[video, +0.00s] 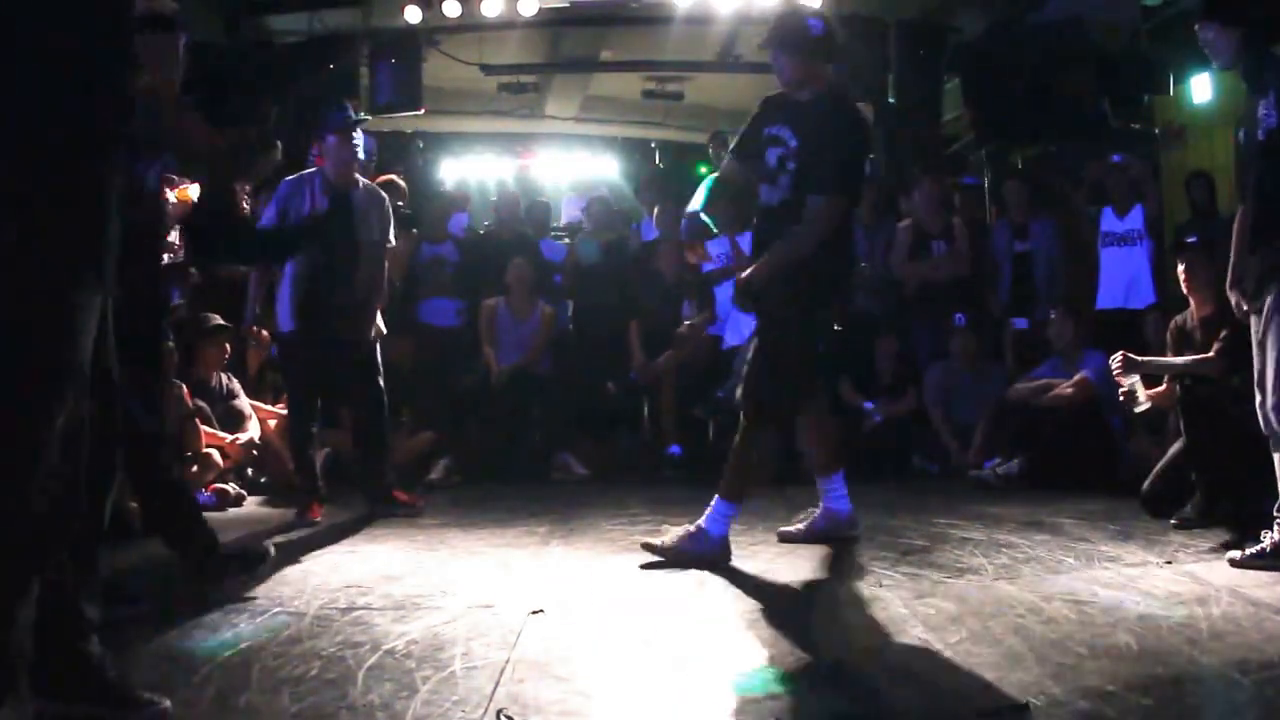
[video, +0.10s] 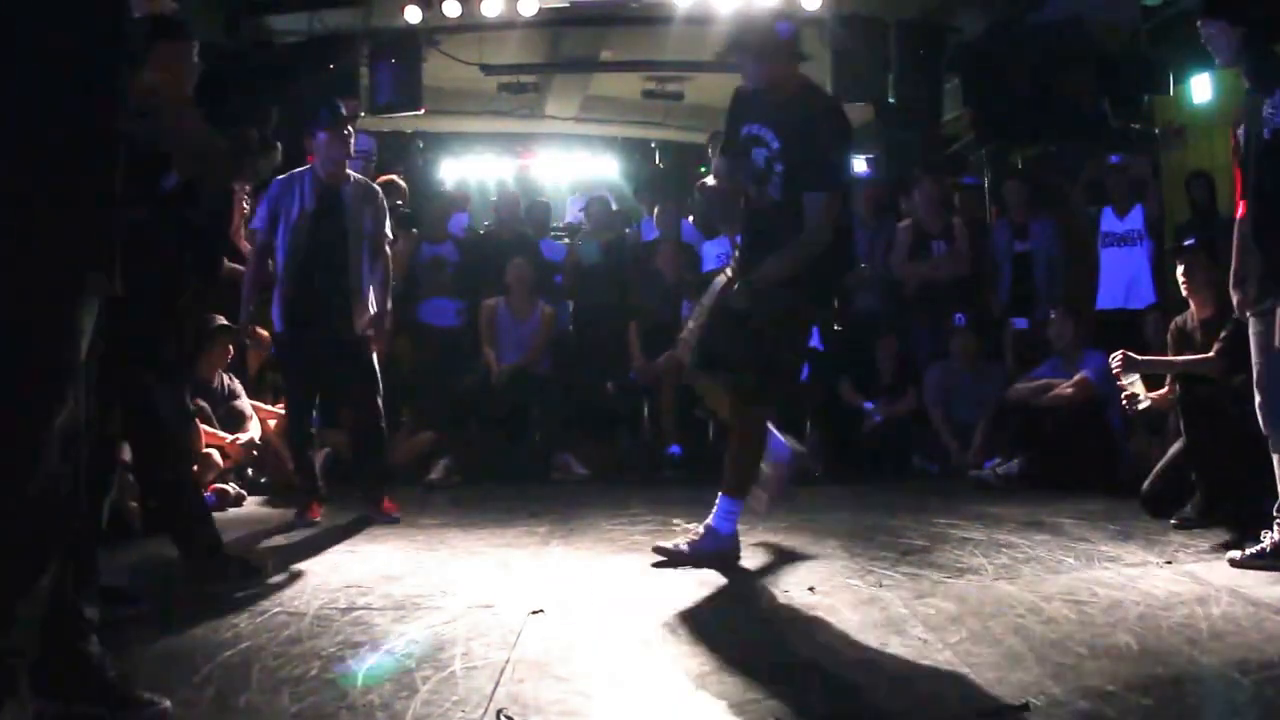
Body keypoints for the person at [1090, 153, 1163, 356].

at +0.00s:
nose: (1118, 181)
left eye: (1123, 175)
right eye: (1113, 176)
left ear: (1133, 180)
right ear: (1106, 182)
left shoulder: (1146, 214)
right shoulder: (1098, 215)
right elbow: (1079, 208)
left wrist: (1141, 175)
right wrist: (1091, 180)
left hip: (1142, 303)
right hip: (1108, 303)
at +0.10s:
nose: (1116, 182)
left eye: (1121, 177)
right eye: (1112, 177)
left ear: (1129, 181)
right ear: (1106, 183)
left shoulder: (1145, 214)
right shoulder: (1098, 215)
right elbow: (1076, 206)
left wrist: (1148, 177)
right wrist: (1088, 176)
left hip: (1141, 303)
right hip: (1108, 304)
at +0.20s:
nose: (1115, 181)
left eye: (1120, 174)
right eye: (1110, 175)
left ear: (1130, 179)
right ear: (1103, 180)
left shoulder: (1145, 213)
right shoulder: (1098, 214)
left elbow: (1155, 194)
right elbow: (1079, 203)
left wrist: (1142, 170)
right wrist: (1096, 174)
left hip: (1141, 301)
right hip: (1108, 302)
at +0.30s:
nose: (1115, 180)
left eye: (1120, 173)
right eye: (1109, 174)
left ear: (1131, 179)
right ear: (1102, 180)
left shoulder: (1144, 212)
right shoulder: (1098, 214)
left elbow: (1155, 194)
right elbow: (1081, 200)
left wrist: (1138, 171)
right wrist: (1095, 177)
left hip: (1141, 302)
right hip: (1108, 302)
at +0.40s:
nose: (1115, 182)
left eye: (1119, 176)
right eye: (1110, 176)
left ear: (1129, 181)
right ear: (1105, 181)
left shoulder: (1142, 211)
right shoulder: (1100, 213)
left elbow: (1154, 195)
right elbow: (1079, 202)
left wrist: (1134, 174)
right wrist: (1100, 179)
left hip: (1140, 300)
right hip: (1109, 300)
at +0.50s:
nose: (1115, 180)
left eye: (1120, 174)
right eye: (1109, 174)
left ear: (1129, 178)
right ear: (1103, 179)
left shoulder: (1143, 211)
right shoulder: (1098, 214)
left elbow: (1156, 199)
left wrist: (1135, 175)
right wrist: (1100, 178)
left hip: (1141, 297)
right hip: (1108, 298)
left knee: (1150, 354)